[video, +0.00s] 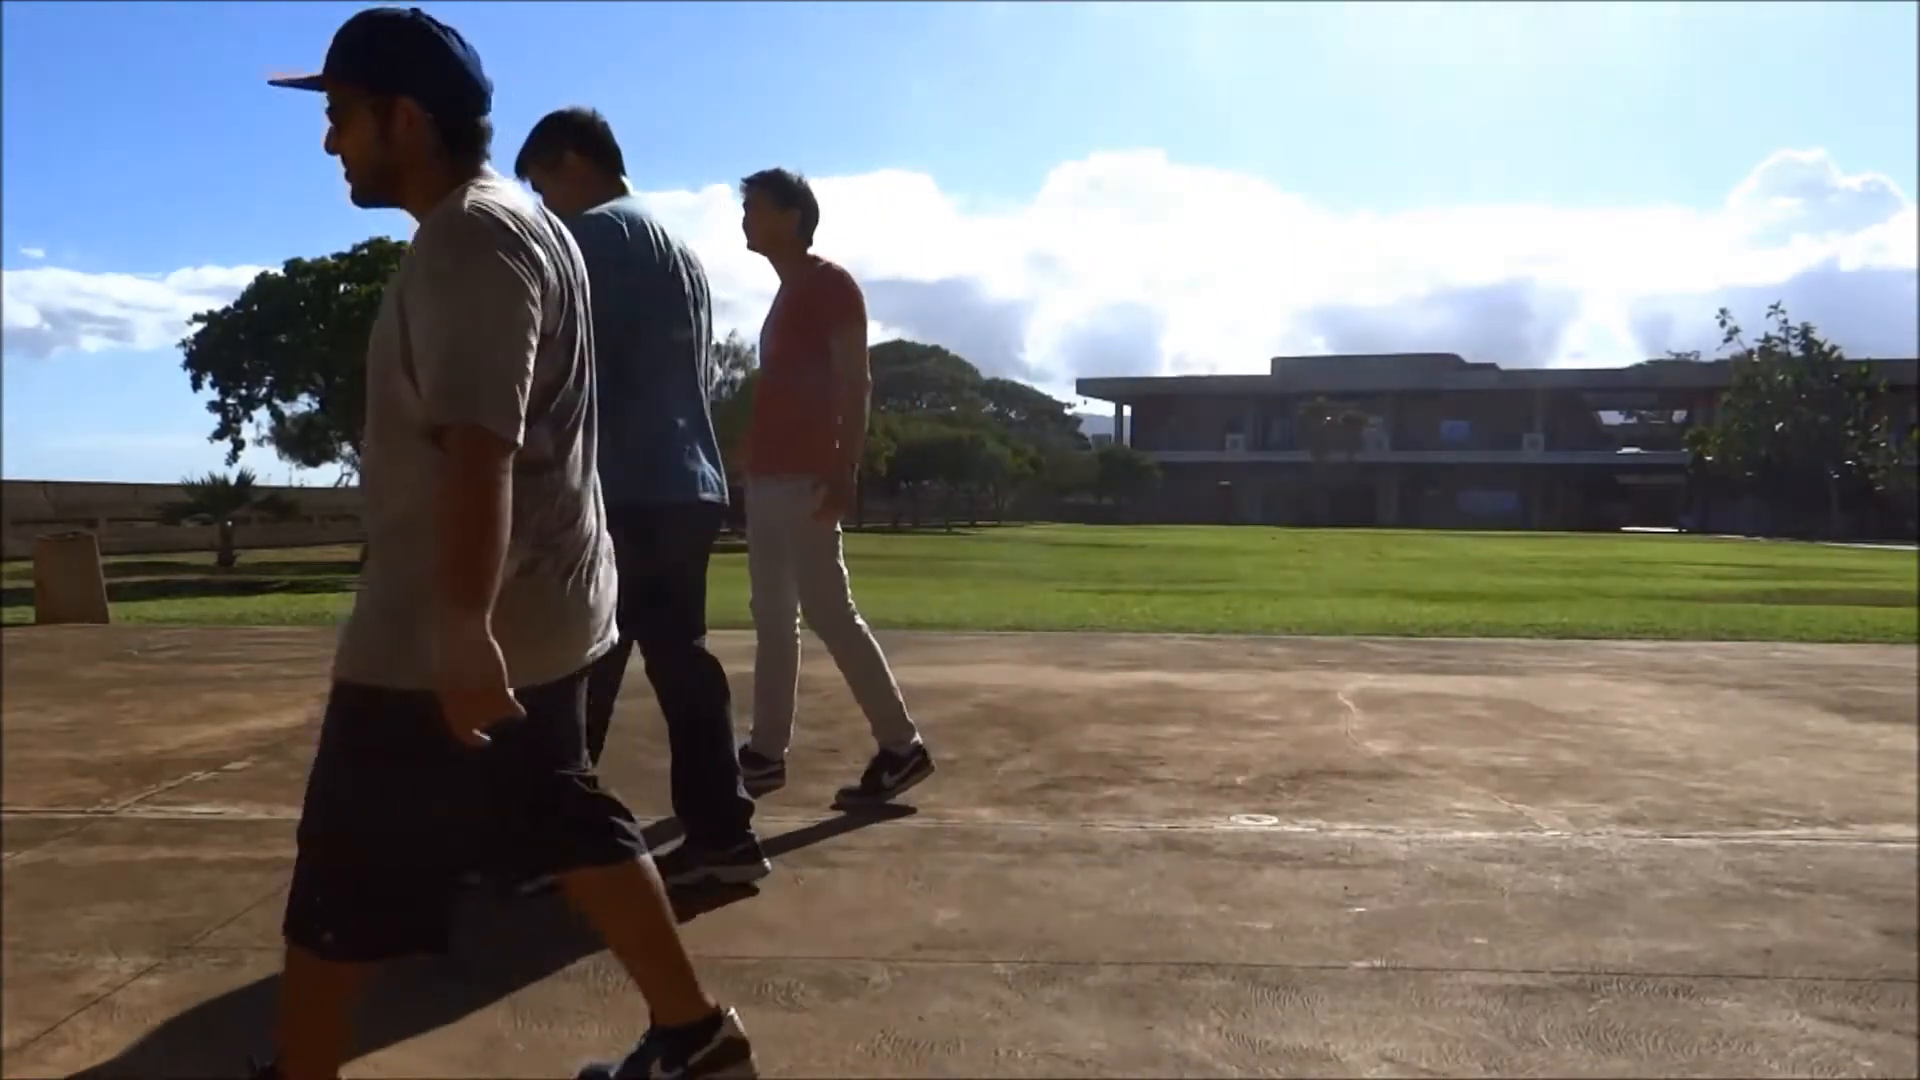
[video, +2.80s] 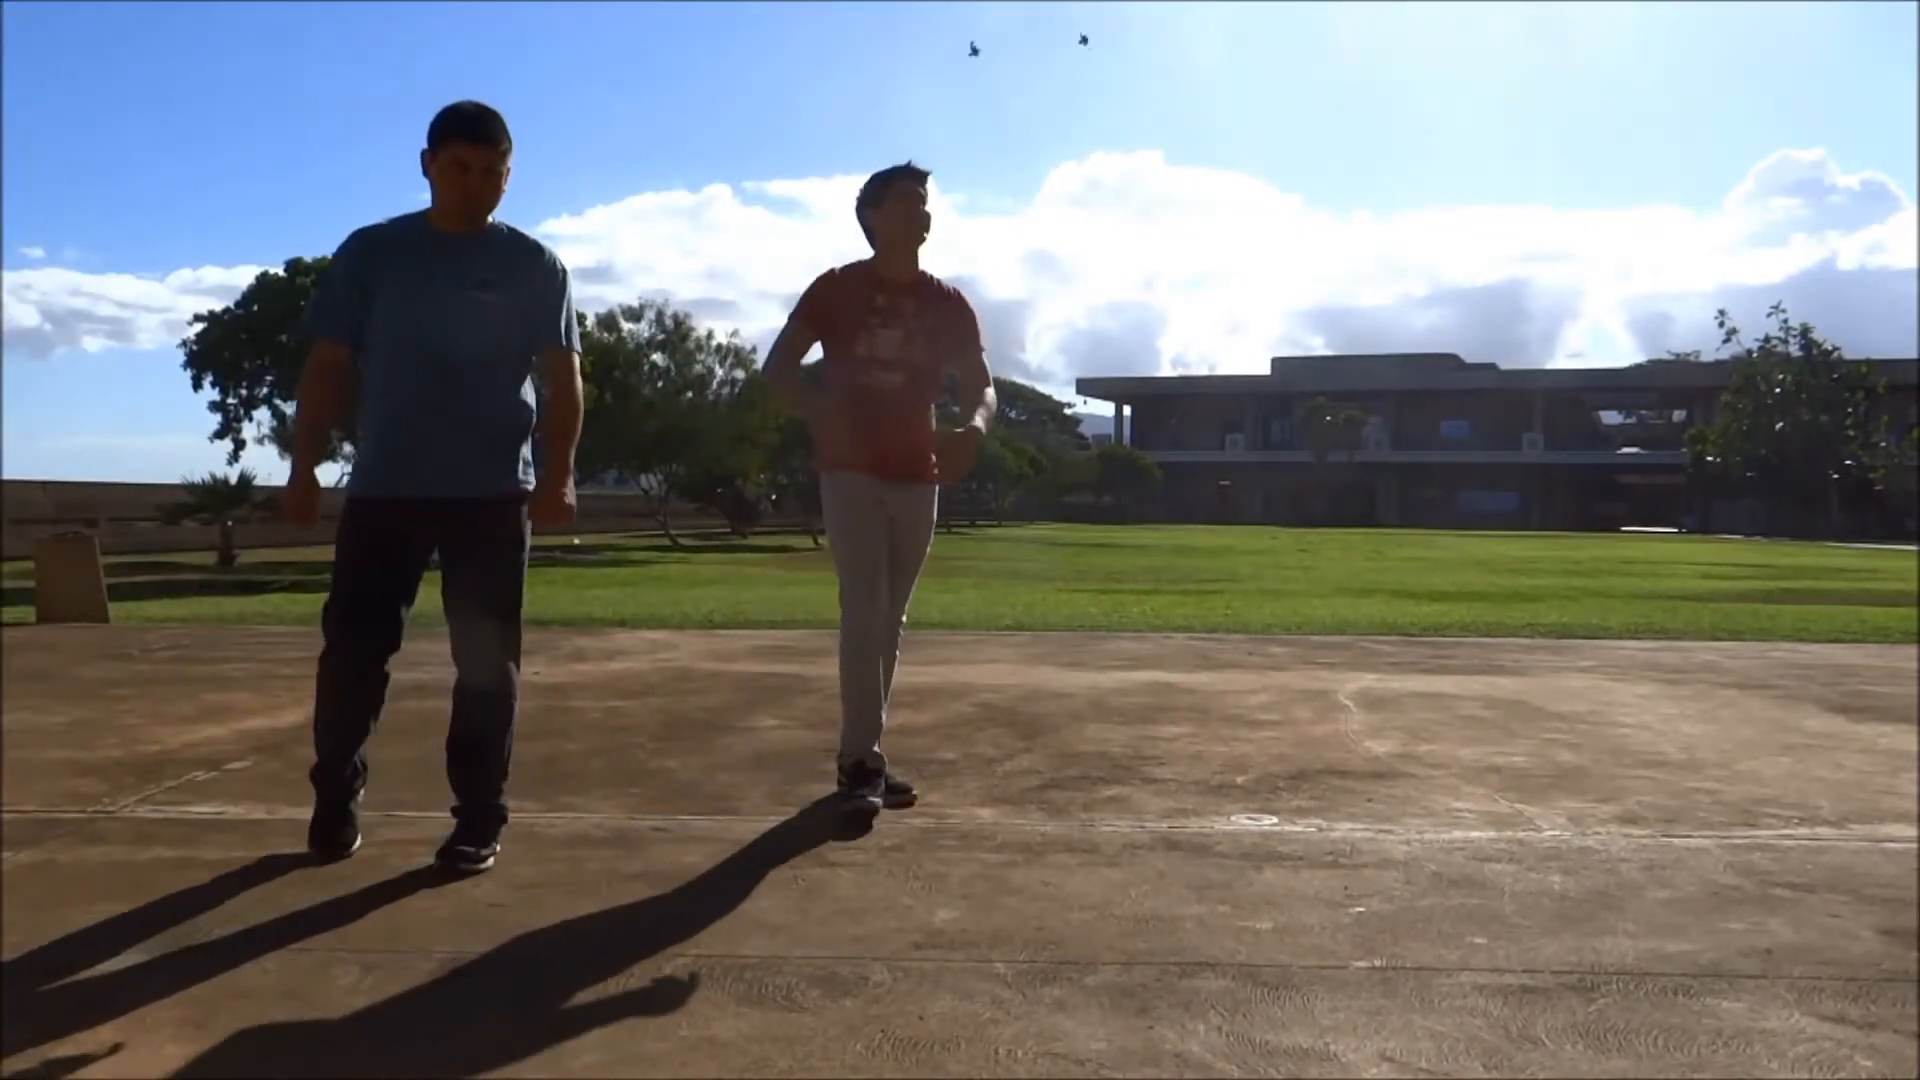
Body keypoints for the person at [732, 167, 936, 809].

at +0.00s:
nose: (743, 221)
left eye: (753, 209)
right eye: (744, 209)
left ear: (791, 217)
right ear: (779, 220)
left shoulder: (832, 285)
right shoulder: (787, 294)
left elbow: (855, 386)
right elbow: (779, 392)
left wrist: (846, 472)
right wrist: (752, 467)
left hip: (807, 478)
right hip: (766, 479)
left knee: (832, 616)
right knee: (772, 620)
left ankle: (902, 746)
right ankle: (764, 754)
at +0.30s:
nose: (716, 225)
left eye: (726, 213)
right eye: (714, 215)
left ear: (763, 215)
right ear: (723, 224)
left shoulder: (807, 287)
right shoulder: (731, 309)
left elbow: (844, 381)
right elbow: (711, 392)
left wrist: (845, 441)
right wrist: (649, 433)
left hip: (781, 477)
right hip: (730, 481)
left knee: (787, 614)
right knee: (751, 620)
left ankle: (873, 739)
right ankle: (763, 752)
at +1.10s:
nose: (757, 224)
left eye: (770, 214)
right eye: (747, 213)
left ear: (787, 226)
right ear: (729, 224)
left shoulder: (811, 295)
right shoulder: (702, 305)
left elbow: (885, 336)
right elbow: (631, 349)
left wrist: (887, 351)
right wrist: (603, 350)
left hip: (795, 486)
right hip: (725, 488)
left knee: (817, 622)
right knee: (740, 627)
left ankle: (848, 760)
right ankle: (761, 753)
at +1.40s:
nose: (794, 225)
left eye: (807, 216)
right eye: (784, 214)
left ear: (824, 229)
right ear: (766, 223)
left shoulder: (841, 300)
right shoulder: (729, 300)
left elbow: (927, 338)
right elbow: (642, 327)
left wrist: (888, 273)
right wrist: (663, 259)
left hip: (824, 488)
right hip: (750, 488)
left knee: (847, 626)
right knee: (747, 628)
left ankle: (856, 761)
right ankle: (761, 755)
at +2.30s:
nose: (884, 215)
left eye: (896, 206)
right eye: (873, 206)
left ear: (915, 218)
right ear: (855, 218)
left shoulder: (932, 304)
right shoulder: (822, 281)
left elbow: (1015, 349)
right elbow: (735, 289)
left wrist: (1002, 286)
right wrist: (771, 238)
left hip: (891, 483)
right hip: (818, 475)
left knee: (876, 626)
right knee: (785, 614)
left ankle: (859, 761)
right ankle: (760, 745)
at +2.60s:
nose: (910, 213)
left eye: (917, 203)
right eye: (896, 203)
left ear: (928, 215)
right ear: (868, 216)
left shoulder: (946, 306)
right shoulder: (831, 284)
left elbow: (1010, 376)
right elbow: (746, 326)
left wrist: (978, 352)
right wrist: (805, 325)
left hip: (907, 482)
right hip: (838, 476)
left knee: (882, 625)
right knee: (829, 621)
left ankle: (859, 760)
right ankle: (811, 760)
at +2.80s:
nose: (924, 210)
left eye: (925, 200)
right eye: (909, 200)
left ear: (926, 215)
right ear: (873, 215)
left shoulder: (951, 305)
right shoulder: (835, 289)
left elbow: (983, 389)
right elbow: (777, 371)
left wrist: (973, 427)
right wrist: (820, 404)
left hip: (916, 480)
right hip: (851, 476)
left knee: (890, 620)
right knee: (865, 615)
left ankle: (865, 754)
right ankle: (860, 760)